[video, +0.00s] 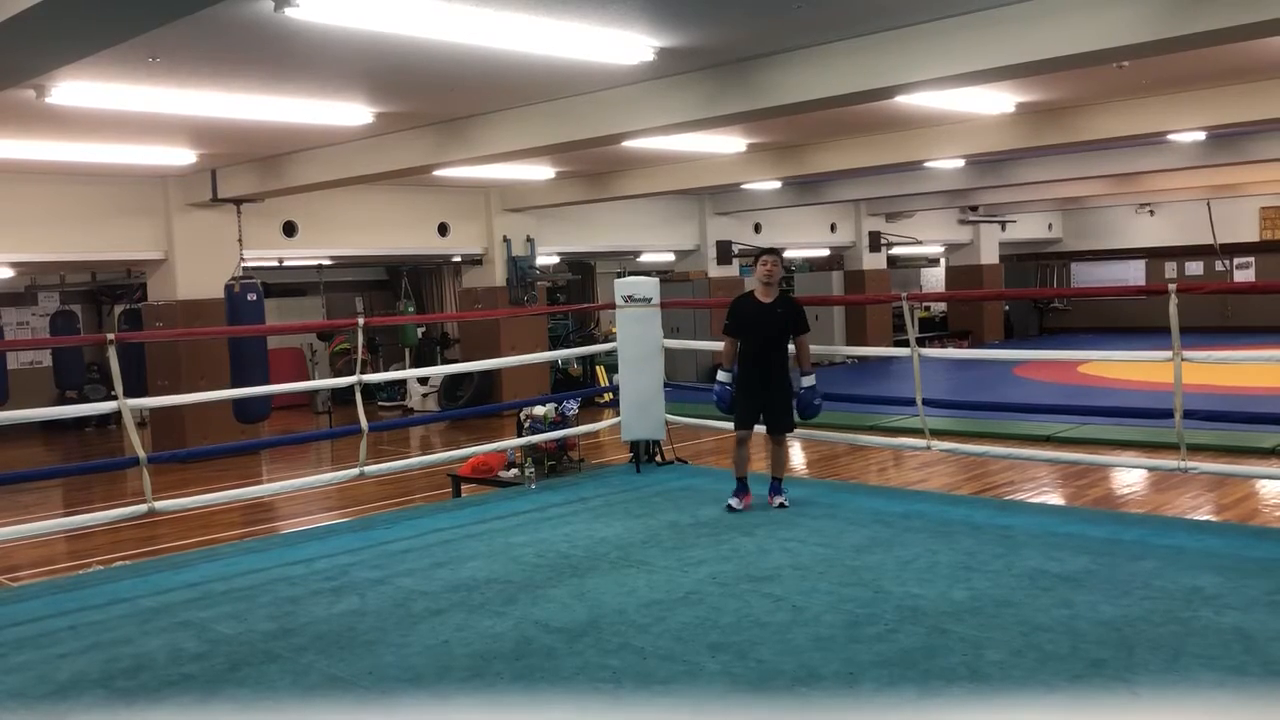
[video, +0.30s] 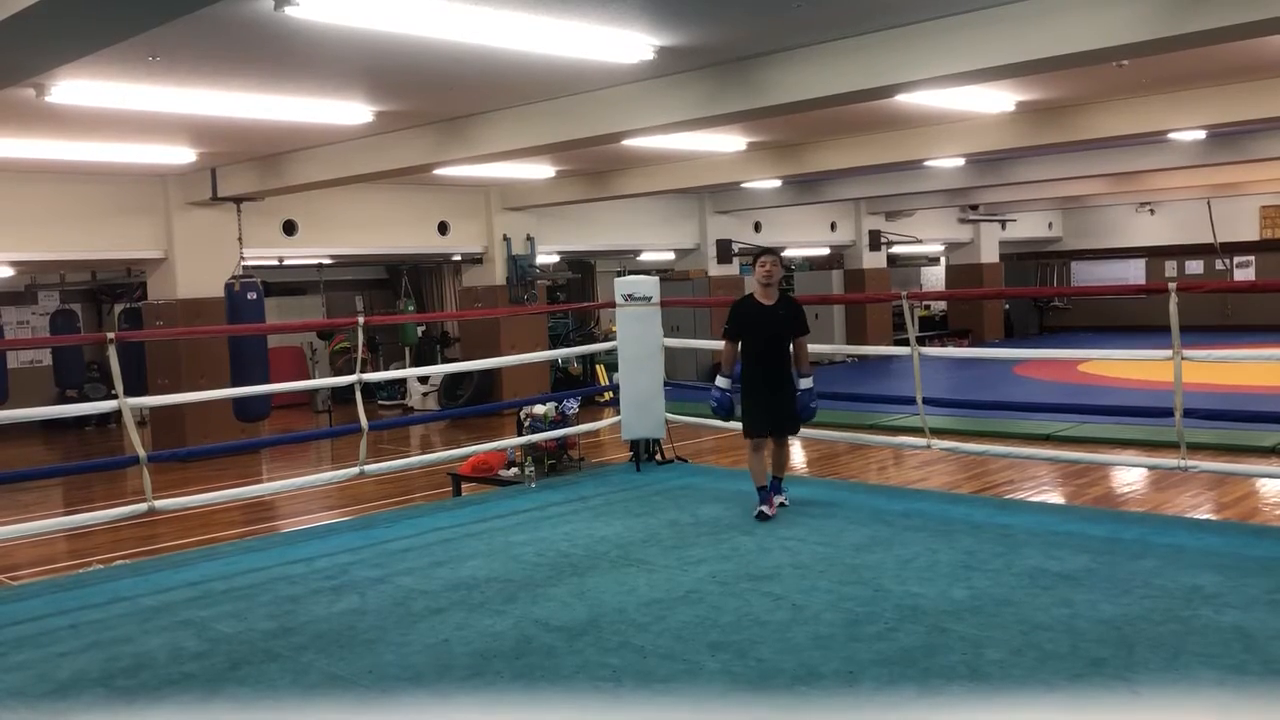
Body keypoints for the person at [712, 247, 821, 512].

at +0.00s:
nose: (768, 268)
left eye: (774, 264)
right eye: (763, 264)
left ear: (782, 272)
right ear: (755, 270)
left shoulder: (791, 306)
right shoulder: (740, 304)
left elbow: (802, 345)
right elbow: (730, 343)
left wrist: (808, 383)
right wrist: (723, 380)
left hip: (778, 382)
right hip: (746, 382)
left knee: (778, 439)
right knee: (741, 437)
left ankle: (776, 490)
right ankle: (741, 490)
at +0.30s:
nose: (767, 269)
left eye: (773, 265)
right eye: (762, 265)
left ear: (781, 271)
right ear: (754, 271)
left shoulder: (791, 307)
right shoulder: (741, 307)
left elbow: (800, 348)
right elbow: (729, 347)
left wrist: (806, 386)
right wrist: (722, 386)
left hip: (783, 385)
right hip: (752, 385)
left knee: (780, 440)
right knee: (757, 442)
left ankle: (777, 489)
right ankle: (763, 499)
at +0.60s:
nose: (754, 267)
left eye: (761, 263)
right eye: (750, 263)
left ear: (773, 270)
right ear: (744, 271)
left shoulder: (786, 303)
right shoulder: (736, 309)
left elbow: (800, 345)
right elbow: (730, 352)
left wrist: (810, 383)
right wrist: (727, 390)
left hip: (784, 384)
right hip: (751, 387)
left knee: (801, 443)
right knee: (755, 446)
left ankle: (786, 475)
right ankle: (765, 501)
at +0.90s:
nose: (757, 266)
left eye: (764, 261)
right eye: (753, 262)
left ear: (776, 267)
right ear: (749, 268)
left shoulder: (793, 301)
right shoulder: (740, 307)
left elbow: (807, 343)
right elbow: (737, 349)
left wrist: (817, 382)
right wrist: (735, 387)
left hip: (791, 383)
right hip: (757, 387)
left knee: (810, 443)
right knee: (758, 447)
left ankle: (830, 499)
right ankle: (765, 502)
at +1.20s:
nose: (782, 262)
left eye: (789, 257)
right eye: (778, 257)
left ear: (802, 264)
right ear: (774, 264)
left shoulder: (818, 300)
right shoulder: (764, 301)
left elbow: (830, 343)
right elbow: (753, 346)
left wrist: (837, 384)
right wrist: (743, 386)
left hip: (809, 385)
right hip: (774, 385)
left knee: (820, 446)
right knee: (767, 443)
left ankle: (828, 503)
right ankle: (765, 498)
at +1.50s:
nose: (801, 260)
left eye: (808, 255)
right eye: (798, 254)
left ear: (823, 261)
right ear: (794, 259)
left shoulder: (833, 300)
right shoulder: (782, 296)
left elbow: (846, 344)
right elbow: (774, 338)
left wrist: (850, 387)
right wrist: (767, 379)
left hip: (819, 386)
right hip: (784, 385)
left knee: (826, 445)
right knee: (774, 438)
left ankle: (829, 503)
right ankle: (776, 494)